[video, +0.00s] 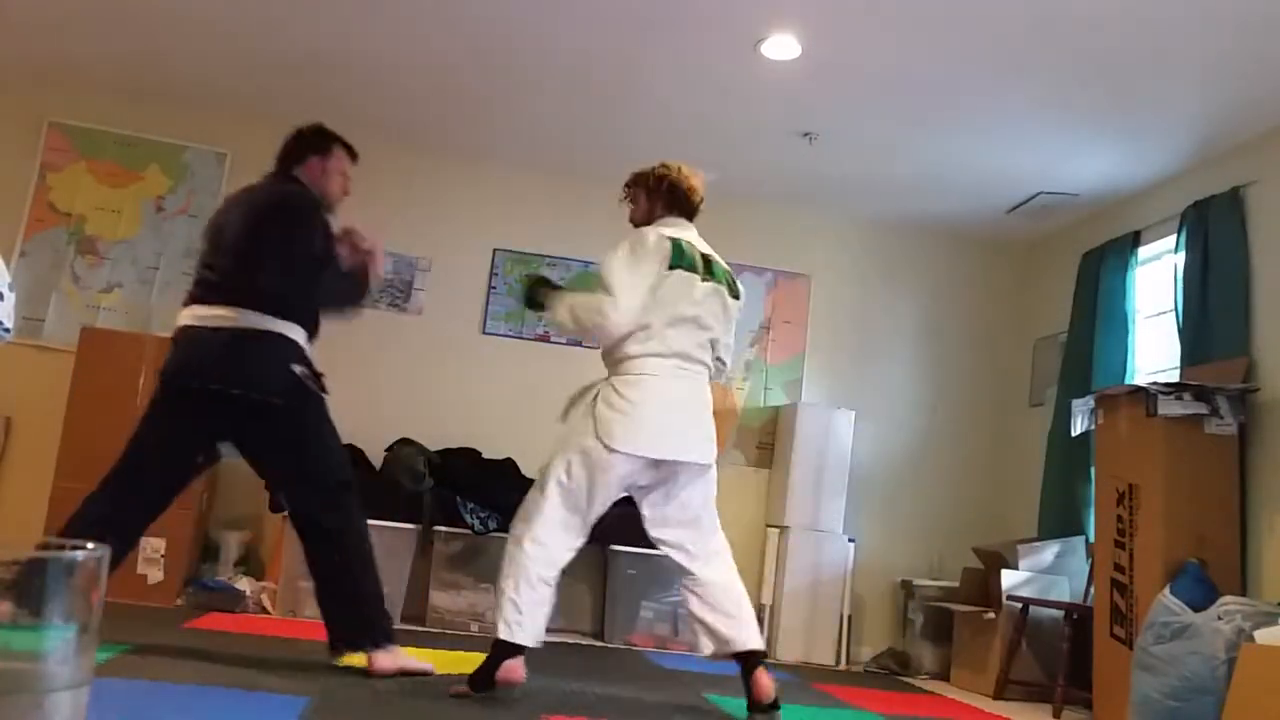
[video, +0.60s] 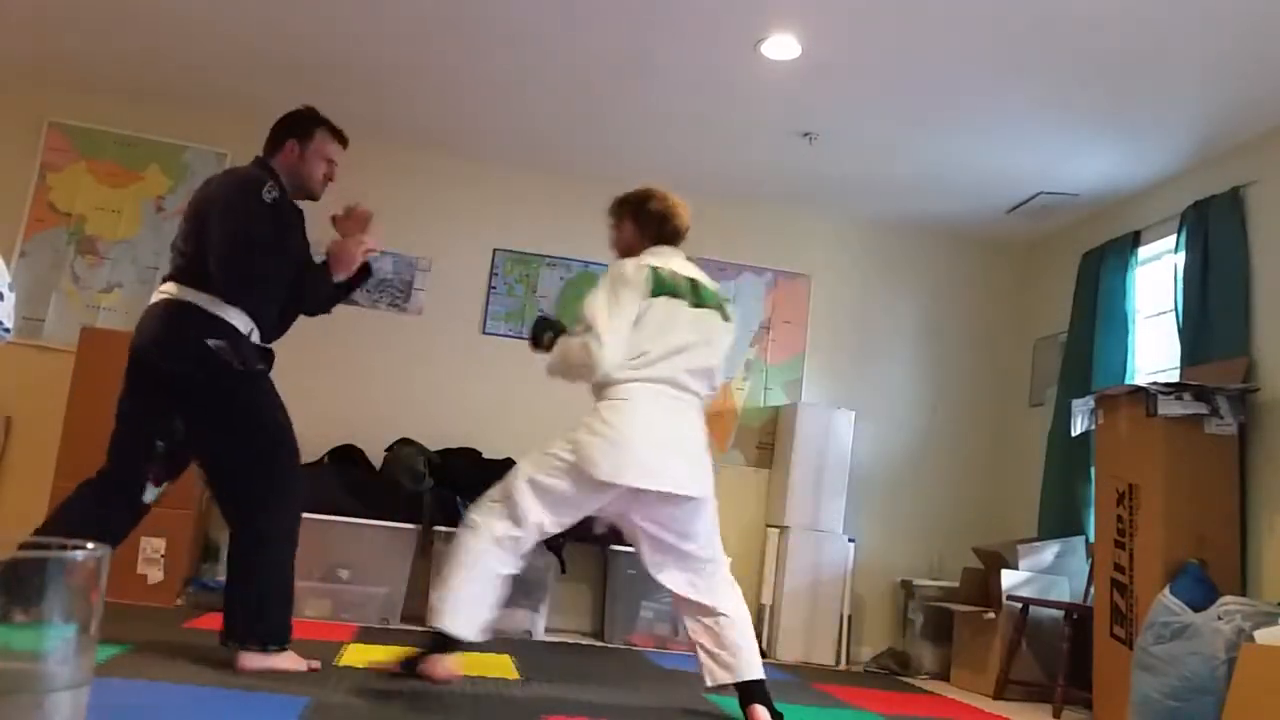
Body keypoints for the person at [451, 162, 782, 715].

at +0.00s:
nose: (628, 210)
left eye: (633, 200)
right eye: (628, 200)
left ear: (659, 199)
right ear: (685, 206)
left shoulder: (645, 243)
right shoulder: (723, 273)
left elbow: (609, 317)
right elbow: (723, 362)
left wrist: (548, 297)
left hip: (630, 413)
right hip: (692, 424)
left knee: (547, 521)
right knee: (702, 545)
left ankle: (509, 651)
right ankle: (755, 669)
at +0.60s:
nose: (613, 239)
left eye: (616, 229)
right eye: (613, 229)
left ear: (636, 229)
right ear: (674, 233)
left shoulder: (629, 273)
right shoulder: (716, 301)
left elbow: (599, 358)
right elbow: (709, 379)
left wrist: (553, 345)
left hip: (618, 436)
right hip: (686, 451)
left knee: (501, 518)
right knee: (707, 576)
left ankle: (446, 647)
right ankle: (758, 704)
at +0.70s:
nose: (571, 231)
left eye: (575, 221)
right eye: (573, 221)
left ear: (595, 223)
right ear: (630, 227)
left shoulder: (576, 272)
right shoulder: (675, 294)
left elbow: (525, 347)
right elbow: (682, 377)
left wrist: (492, 327)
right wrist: (624, 362)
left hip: (575, 440)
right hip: (651, 453)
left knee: (458, 530)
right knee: (680, 573)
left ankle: (367, 645)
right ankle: (754, 692)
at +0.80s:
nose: (516, 224)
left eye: (522, 215)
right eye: (522, 214)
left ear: (534, 221)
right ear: (581, 227)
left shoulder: (504, 273)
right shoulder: (617, 289)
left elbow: (414, 288)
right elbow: (646, 367)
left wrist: (348, 286)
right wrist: (603, 413)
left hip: (530, 448)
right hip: (610, 456)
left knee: (418, 534)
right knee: (650, 563)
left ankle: (354, 664)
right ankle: (735, 671)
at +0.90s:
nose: (466, 227)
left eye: (469, 219)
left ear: (474, 225)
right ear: (533, 228)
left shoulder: (442, 284)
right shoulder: (566, 283)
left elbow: (357, 325)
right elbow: (613, 356)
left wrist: (309, 342)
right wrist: (565, 396)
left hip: (497, 449)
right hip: (580, 451)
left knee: (393, 536)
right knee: (621, 555)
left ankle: (352, 662)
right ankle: (700, 649)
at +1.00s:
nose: (448, 210)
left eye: (450, 201)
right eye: (449, 202)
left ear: (459, 203)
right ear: (515, 203)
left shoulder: (439, 261)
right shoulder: (557, 258)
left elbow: (398, 345)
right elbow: (603, 330)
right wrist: (550, 366)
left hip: (480, 421)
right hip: (560, 424)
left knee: (391, 532)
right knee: (603, 541)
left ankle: (353, 659)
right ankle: (649, 643)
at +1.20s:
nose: (469, 191)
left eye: (473, 180)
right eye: (469, 181)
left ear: (492, 180)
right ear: (534, 183)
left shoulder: (475, 225)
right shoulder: (582, 252)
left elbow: (427, 319)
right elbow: (591, 347)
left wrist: (406, 328)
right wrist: (536, 354)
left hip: (461, 401)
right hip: (539, 418)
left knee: (362, 506)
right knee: (554, 555)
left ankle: (311, 634)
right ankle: (587, 692)